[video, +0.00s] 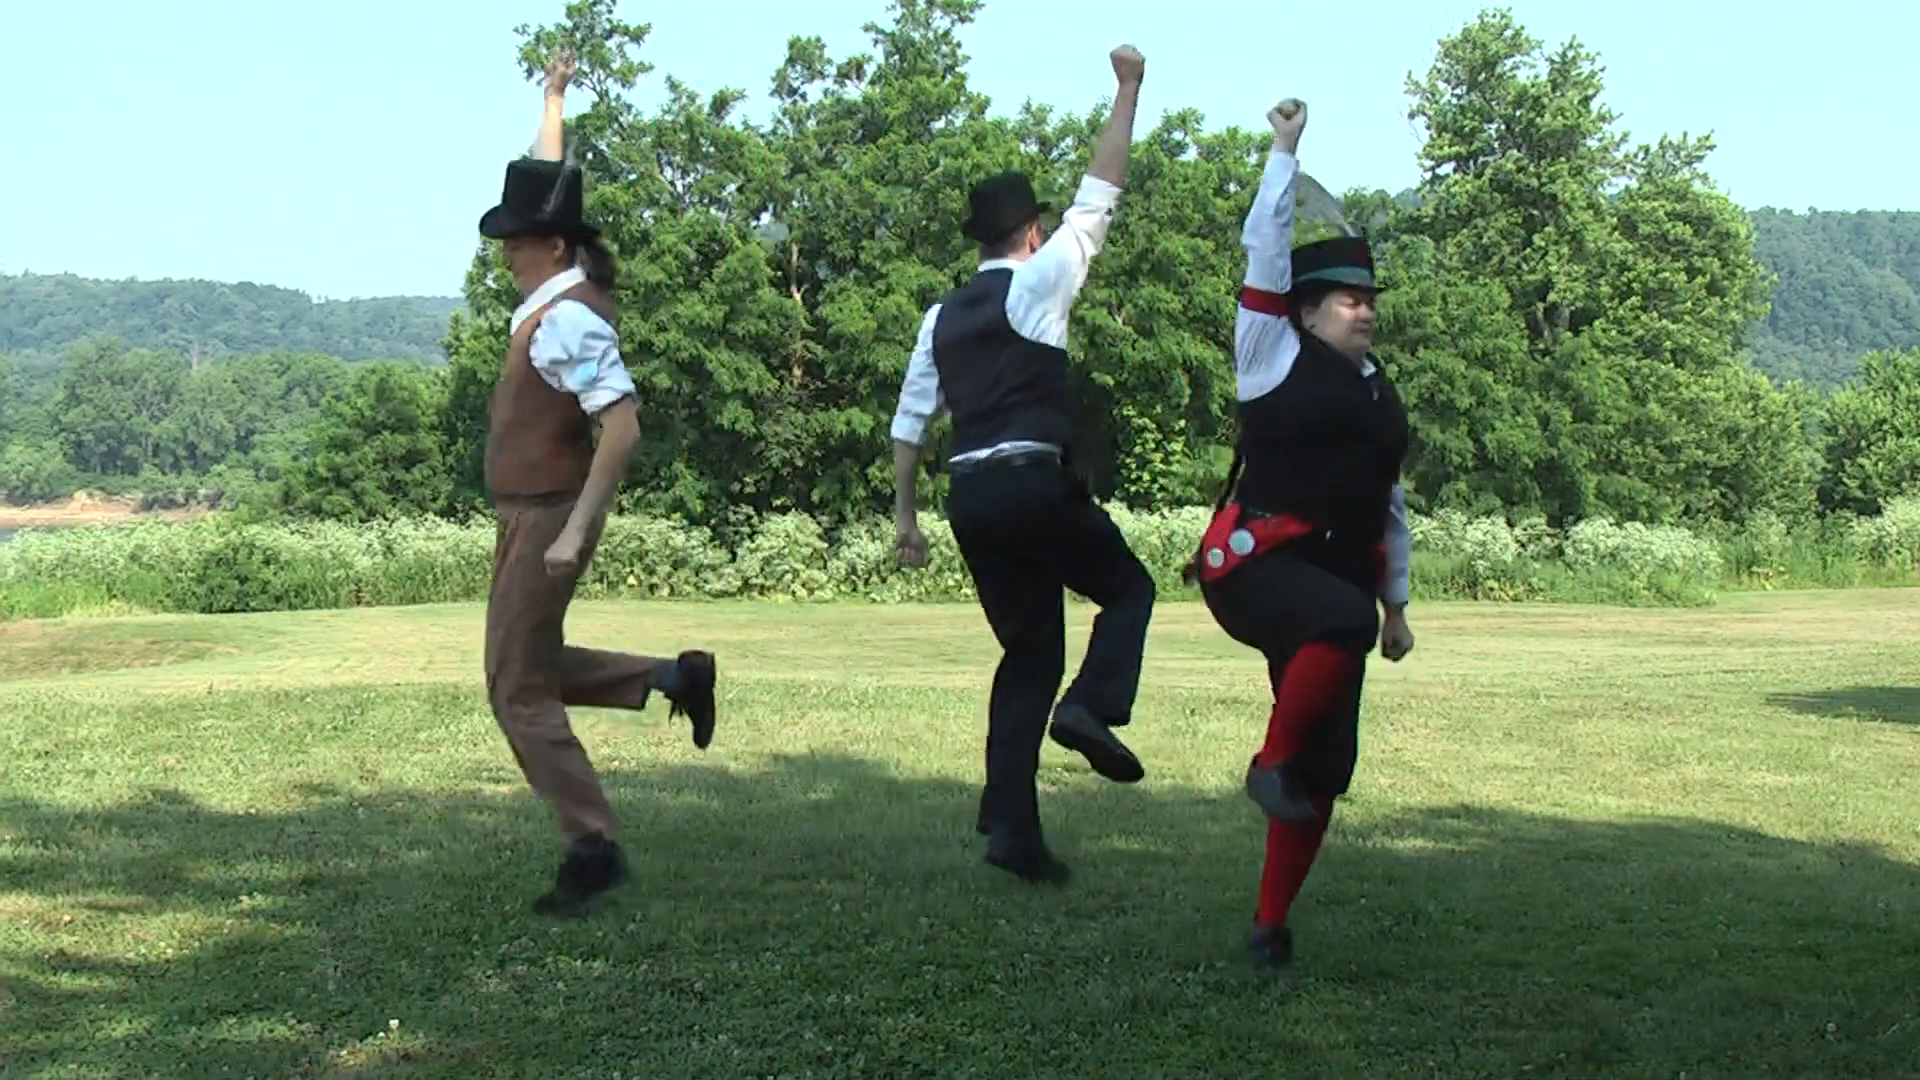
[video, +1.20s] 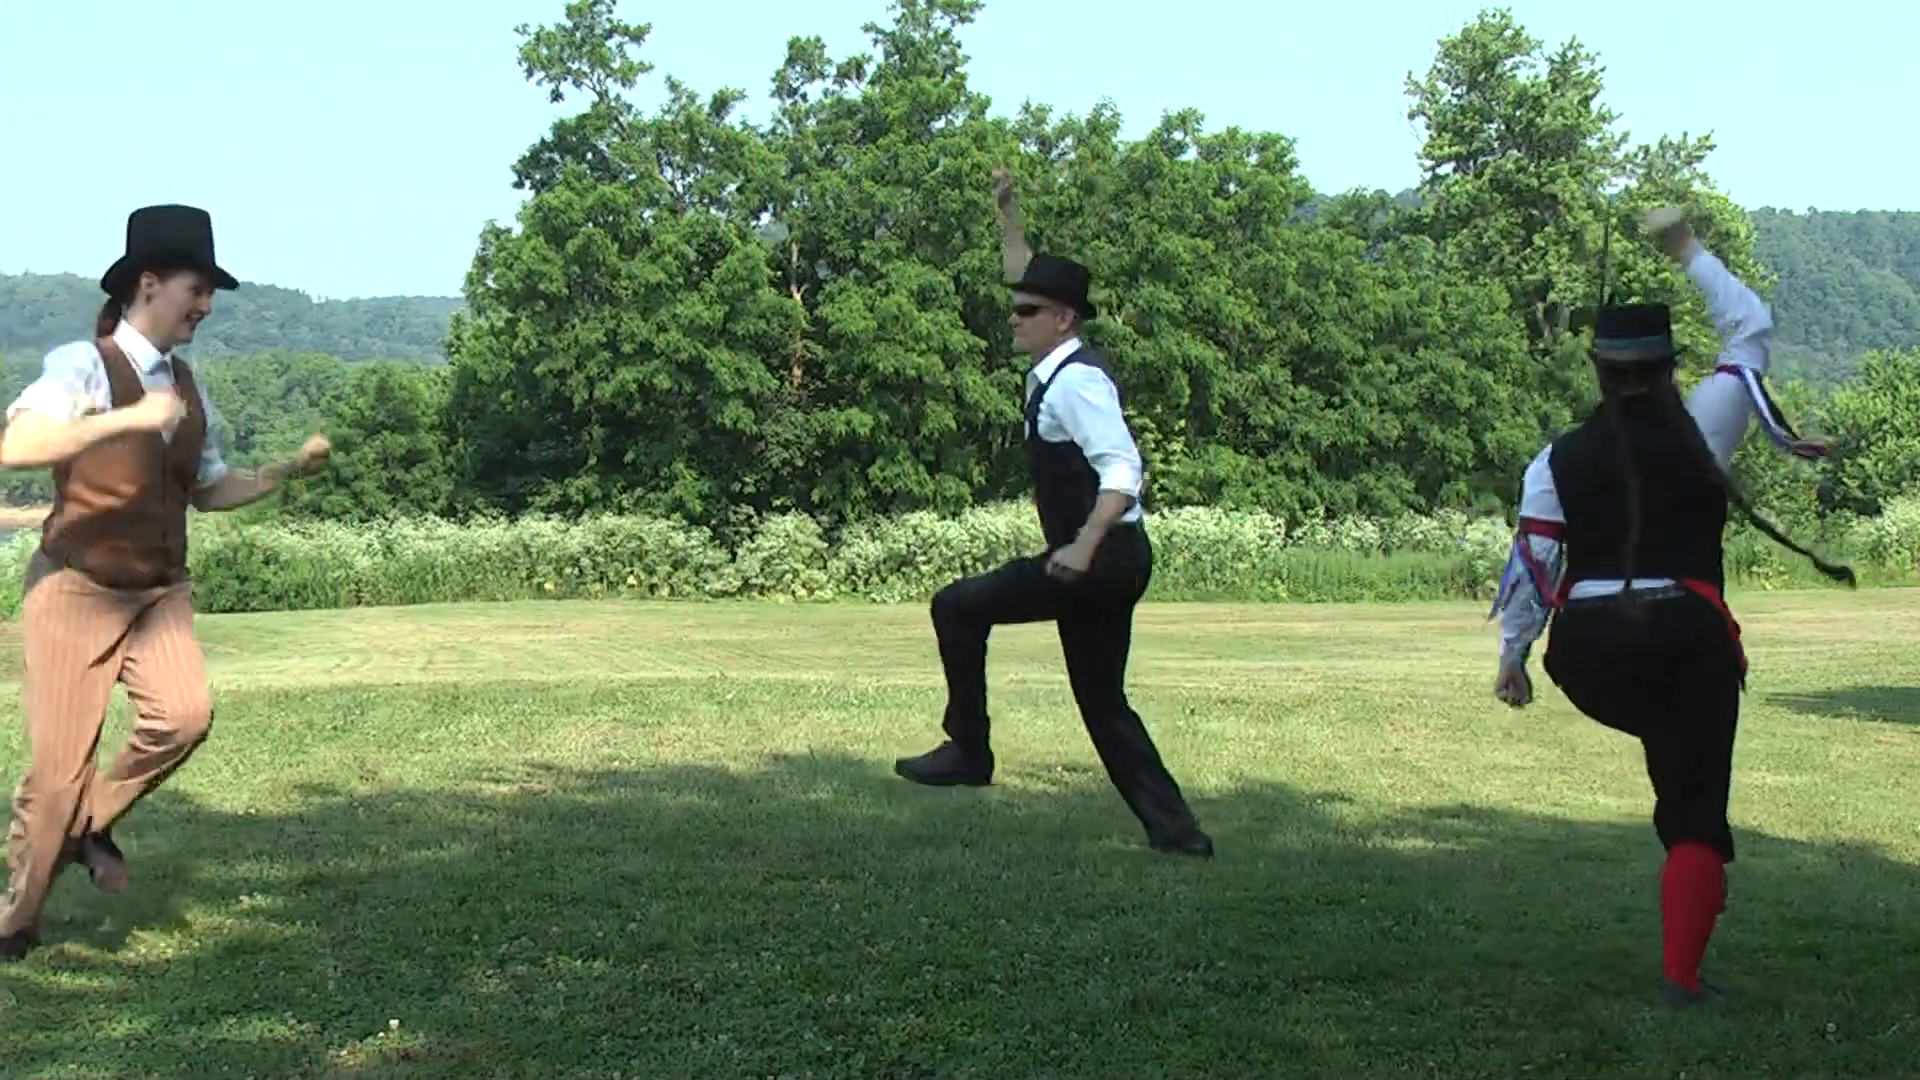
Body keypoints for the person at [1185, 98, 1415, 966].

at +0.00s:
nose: (1363, 311)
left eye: (1368, 301)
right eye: (1348, 300)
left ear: (1371, 315)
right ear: (1308, 309)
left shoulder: (1378, 399)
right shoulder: (1273, 357)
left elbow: (1390, 507)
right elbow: (1265, 249)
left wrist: (1393, 599)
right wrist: (1285, 147)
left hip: (1339, 576)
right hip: (1255, 558)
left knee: (1321, 764)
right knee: (1341, 619)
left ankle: (1270, 925)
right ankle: (1272, 765)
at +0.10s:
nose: (1390, 315)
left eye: (1392, 304)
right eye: (1375, 304)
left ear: (1388, 319)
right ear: (1329, 311)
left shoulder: (1388, 385)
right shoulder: (1300, 361)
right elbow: (1298, 251)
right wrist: (1311, 152)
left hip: (1354, 585)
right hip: (1285, 572)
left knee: (1333, 777)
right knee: (1397, 650)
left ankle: (1305, 947)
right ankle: (1295, 781)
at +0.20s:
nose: (1415, 353)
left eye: (1417, 341)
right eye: (1401, 341)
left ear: (1410, 351)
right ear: (1357, 348)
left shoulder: (1398, 425)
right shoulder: (1335, 402)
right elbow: (1335, 290)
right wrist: (1347, 189)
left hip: (1361, 621)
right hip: (1311, 608)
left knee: (1353, 806)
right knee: (1450, 690)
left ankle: (1300, 962)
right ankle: (1374, 847)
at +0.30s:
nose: (1450, 357)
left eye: (1448, 343)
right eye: (1436, 344)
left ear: (1428, 353)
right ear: (1396, 346)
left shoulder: (1414, 417)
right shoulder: (1373, 402)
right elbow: (1390, 295)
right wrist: (1408, 183)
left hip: (1371, 630)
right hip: (1347, 619)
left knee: (1376, 817)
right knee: (1499, 711)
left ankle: (1301, 963)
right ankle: (1482, 891)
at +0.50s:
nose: (1536, 331)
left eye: (1535, 320)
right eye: (1525, 320)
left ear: (1496, 326)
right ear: (1487, 318)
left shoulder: (1485, 387)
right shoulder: (1463, 369)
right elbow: (1481, 251)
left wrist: (1445, 200)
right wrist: (1487, 150)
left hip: (1425, 597)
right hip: (1451, 592)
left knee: (1502, 785)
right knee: (1559, 762)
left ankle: (1387, 911)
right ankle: (1555, 947)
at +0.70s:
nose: (1591, 370)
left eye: (1587, 358)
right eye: (1584, 356)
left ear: (1512, 364)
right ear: (1568, 362)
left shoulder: (1467, 447)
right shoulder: (1572, 417)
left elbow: (1430, 549)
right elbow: (1616, 303)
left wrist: (1410, 643)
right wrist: (1581, 208)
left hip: (1469, 646)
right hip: (1545, 642)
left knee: (1644, 748)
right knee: (1608, 807)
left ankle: (1693, 915)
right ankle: (1543, 990)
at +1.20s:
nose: (1651, 374)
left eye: (1625, 364)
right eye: (1658, 363)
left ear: (1600, 372)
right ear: (1670, 366)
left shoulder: (1557, 459)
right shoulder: (1705, 425)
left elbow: (1532, 564)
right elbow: (1751, 329)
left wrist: (1512, 652)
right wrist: (1693, 250)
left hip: (1585, 650)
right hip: (1690, 641)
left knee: (1674, 723)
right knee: (1694, 808)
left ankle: (1699, 846)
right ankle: (1679, 981)